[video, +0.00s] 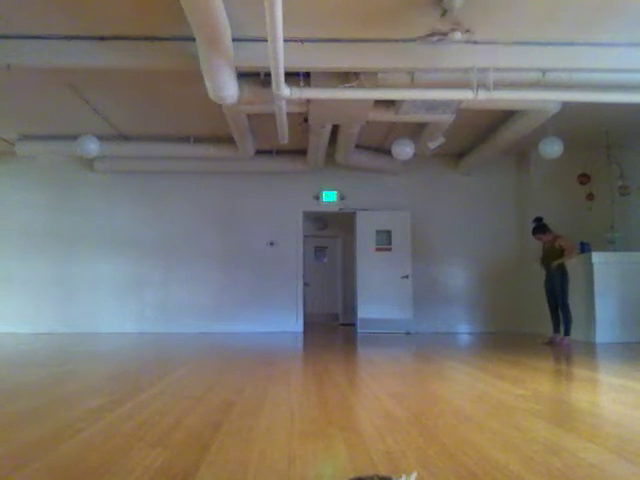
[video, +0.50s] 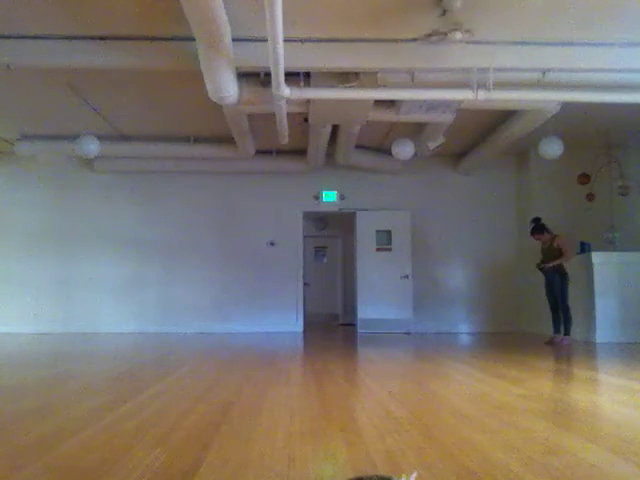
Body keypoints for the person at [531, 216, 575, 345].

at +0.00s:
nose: (540, 241)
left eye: (540, 238)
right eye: (538, 239)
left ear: (546, 233)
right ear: (540, 237)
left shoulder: (558, 240)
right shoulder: (545, 243)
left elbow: (571, 252)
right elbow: (546, 257)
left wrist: (558, 261)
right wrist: (543, 263)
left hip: (559, 273)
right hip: (549, 273)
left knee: (562, 304)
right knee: (552, 305)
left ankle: (566, 336)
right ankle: (556, 334)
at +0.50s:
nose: (539, 241)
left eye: (539, 238)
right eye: (537, 239)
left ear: (544, 233)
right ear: (538, 236)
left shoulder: (558, 240)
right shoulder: (544, 244)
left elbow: (568, 256)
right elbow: (545, 258)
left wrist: (551, 264)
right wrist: (541, 264)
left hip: (560, 274)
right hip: (549, 275)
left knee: (563, 305)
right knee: (553, 305)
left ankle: (566, 335)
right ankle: (556, 334)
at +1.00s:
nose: (539, 239)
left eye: (539, 236)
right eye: (537, 237)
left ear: (545, 232)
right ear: (539, 235)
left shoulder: (558, 240)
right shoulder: (545, 243)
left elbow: (567, 255)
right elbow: (547, 257)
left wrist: (551, 265)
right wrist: (542, 263)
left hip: (560, 273)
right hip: (549, 274)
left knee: (562, 304)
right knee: (553, 304)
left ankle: (566, 335)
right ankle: (557, 334)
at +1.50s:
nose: (540, 233)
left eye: (541, 229)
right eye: (539, 230)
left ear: (548, 228)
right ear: (544, 230)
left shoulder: (559, 241)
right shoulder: (545, 243)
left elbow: (567, 255)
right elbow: (544, 257)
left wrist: (552, 263)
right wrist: (542, 265)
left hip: (558, 274)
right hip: (548, 274)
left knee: (561, 304)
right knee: (553, 305)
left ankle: (566, 335)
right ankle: (556, 334)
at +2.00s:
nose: (541, 232)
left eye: (543, 228)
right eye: (540, 229)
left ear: (550, 228)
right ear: (542, 229)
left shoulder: (558, 240)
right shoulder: (545, 241)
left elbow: (566, 255)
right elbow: (545, 255)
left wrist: (552, 264)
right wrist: (542, 264)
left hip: (558, 273)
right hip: (548, 273)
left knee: (561, 304)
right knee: (552, 305)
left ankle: (566, 335)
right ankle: (556, 334)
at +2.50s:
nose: (542, 231)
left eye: (544, 228)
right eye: (541, 228)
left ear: (551, 228)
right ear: (544, 229)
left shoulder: (559, 240)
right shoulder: (547, 241)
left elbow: (568, 254)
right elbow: (546, 255)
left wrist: (553, 264)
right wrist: (543, 264)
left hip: (559, 273)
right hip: (549, 273)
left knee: (561, 304)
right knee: (553, 305)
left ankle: (566, 335)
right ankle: (556, 334)